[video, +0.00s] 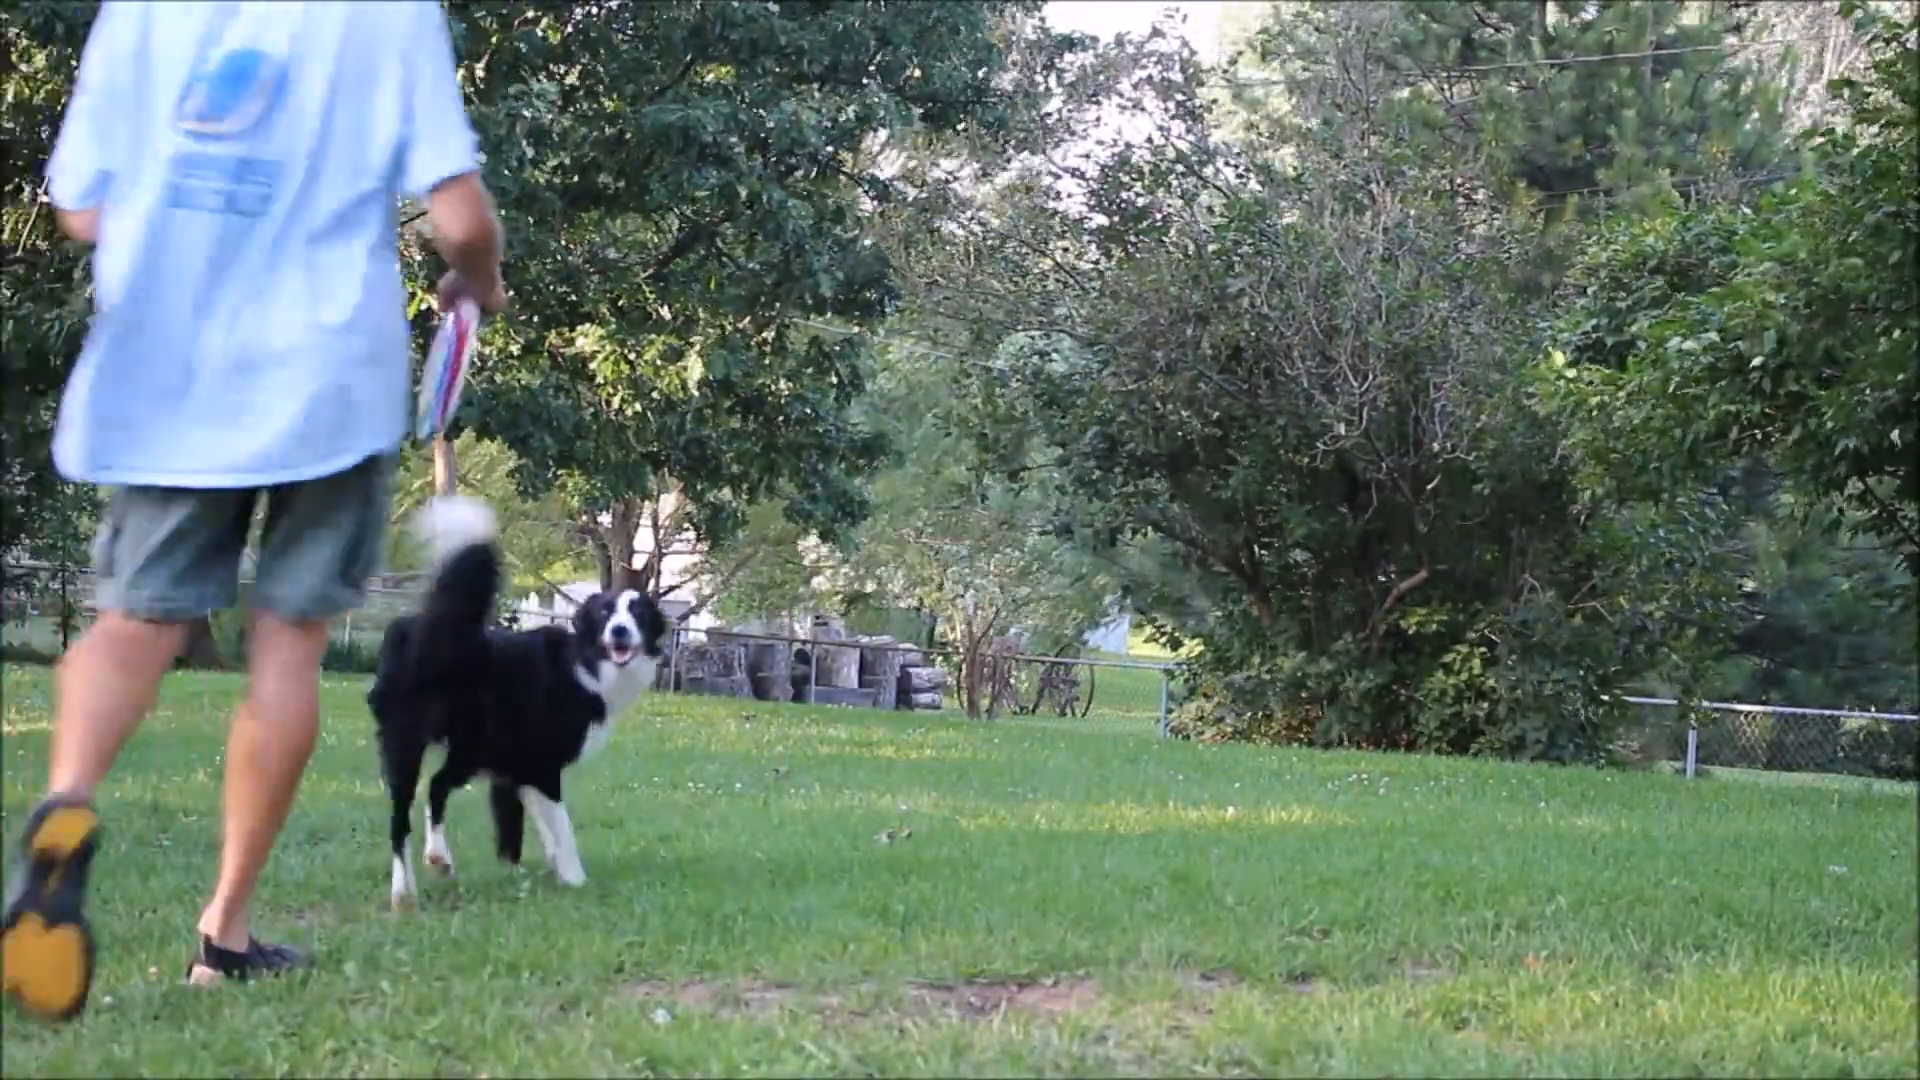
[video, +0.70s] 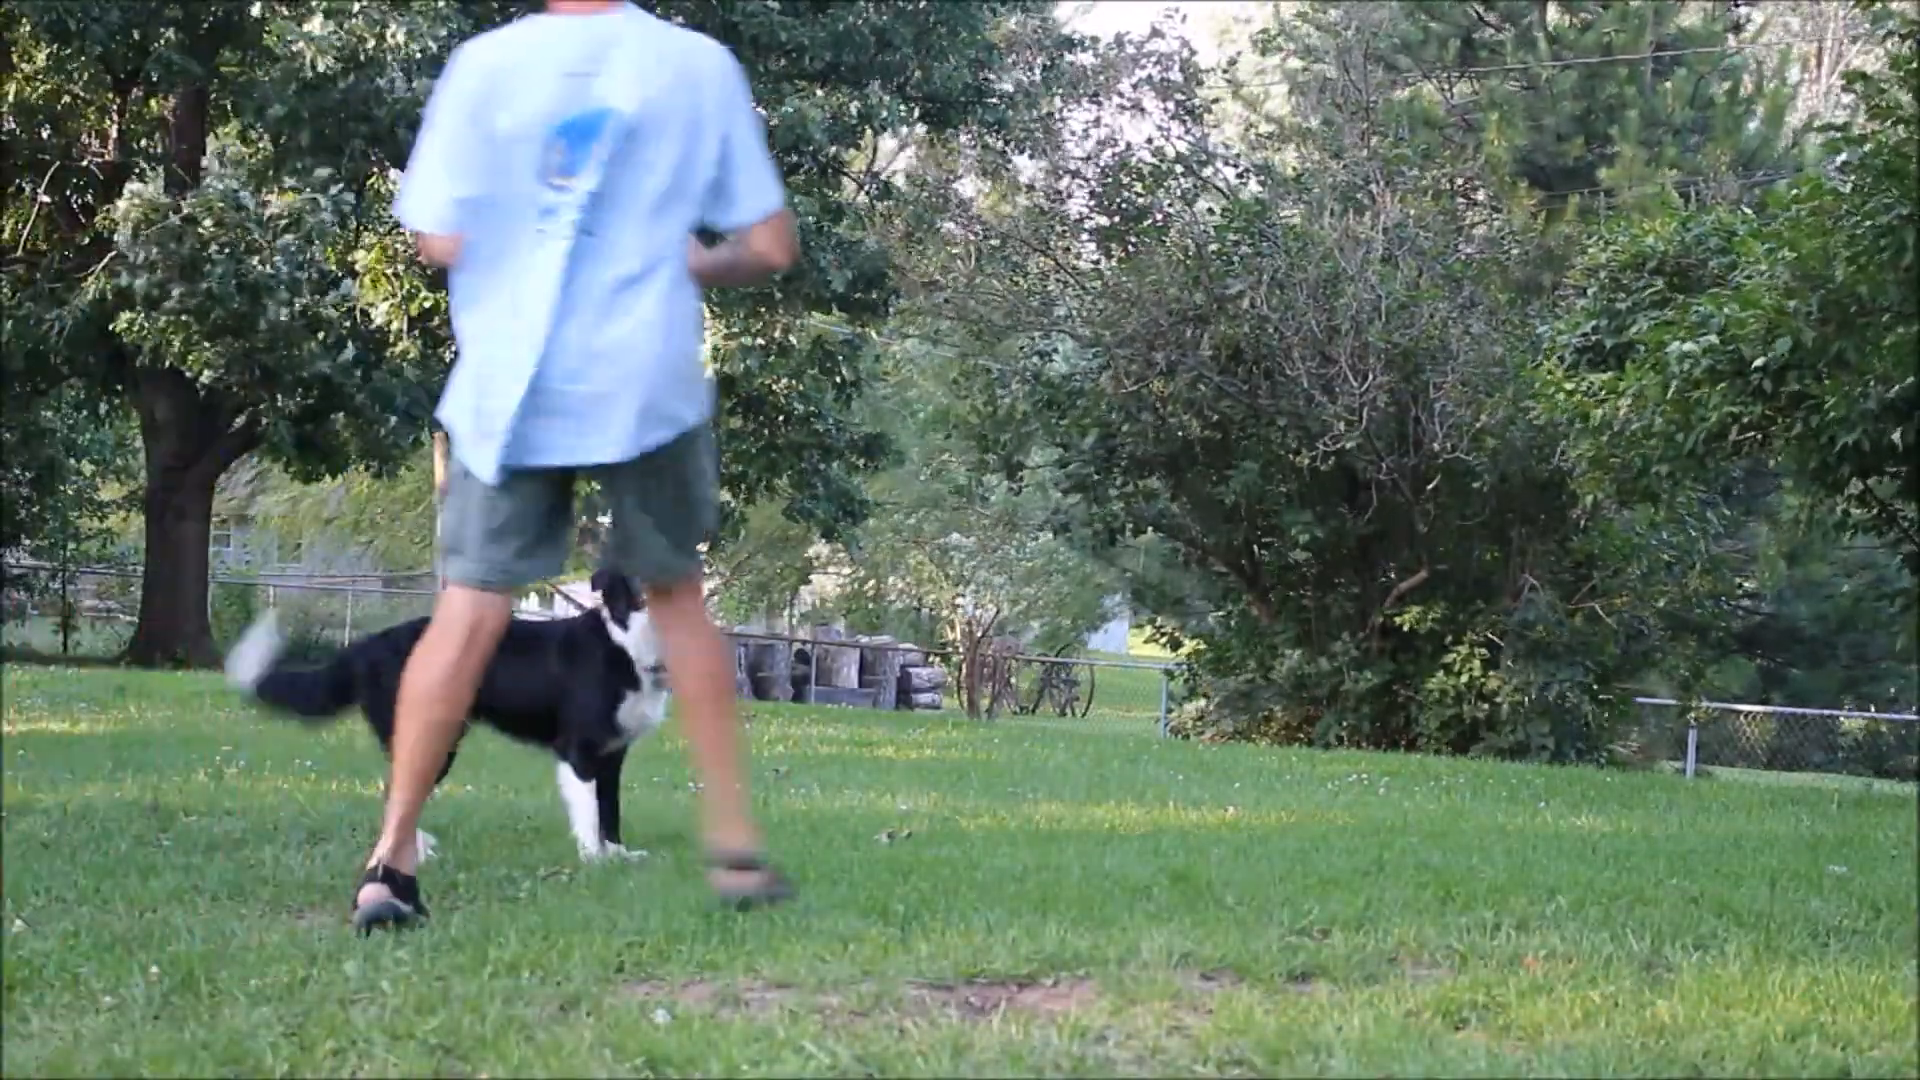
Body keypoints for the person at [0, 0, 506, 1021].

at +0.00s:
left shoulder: (141, 7)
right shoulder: (393, 12)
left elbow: (80, 211)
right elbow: (458, 219)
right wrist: (479, 276)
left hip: (167, 372)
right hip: (328, 378)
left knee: (137, 614)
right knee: (287, 646)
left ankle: (67, 797)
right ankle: (225, 930)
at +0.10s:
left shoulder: (188, 7)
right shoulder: (434, 10)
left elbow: (136, 199)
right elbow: (497, 213)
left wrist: (238, 238)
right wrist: (471, 263)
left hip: (210, 357)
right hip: (356, 368)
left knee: (208, 590)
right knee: (302, 647)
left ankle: (129, 816)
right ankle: (227, 929)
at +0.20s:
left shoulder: (234, 8)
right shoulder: (474, 10)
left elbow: (185, 191)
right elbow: (550, 197)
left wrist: (300, 211)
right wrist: (460, 234)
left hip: (257, 344)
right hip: (394, 349)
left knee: (274, 591)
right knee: (323, 620)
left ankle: (232, 876)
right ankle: (225, 920)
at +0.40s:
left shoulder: (321, 63)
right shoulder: (544, 55)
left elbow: (283, 254)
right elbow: (621, 249)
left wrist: (366, 294)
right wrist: (532, 301)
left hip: (354, 400)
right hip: (483, 399)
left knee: (381, 637)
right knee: (440, 656)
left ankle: (380, 887)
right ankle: (294, 843)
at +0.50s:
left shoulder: (372, 64)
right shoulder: (591, 52)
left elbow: (335, 254)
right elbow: (664, 242)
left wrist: (427, 246)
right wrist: (586, 296)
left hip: (402, 386)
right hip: (539, 386)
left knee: (408, 619)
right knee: (529, 618)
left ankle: (380, 873)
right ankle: (415, 776)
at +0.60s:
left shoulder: (420, 54)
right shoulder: (644, 47)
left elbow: (379, 237)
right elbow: (716, 235)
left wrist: (477, 246)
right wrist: (619, 270)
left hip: (453, 383)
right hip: (594, 381)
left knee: (432, 623)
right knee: (609, 587)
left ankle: (383, 876)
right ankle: (568, 801)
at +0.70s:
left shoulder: (482, 63)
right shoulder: (704, 66)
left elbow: (438, 237)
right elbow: (771, 244)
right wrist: (679, 261)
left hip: (511, 394)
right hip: (654, 391)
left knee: (465, 617)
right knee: (680, 598)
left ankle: (390, 862)